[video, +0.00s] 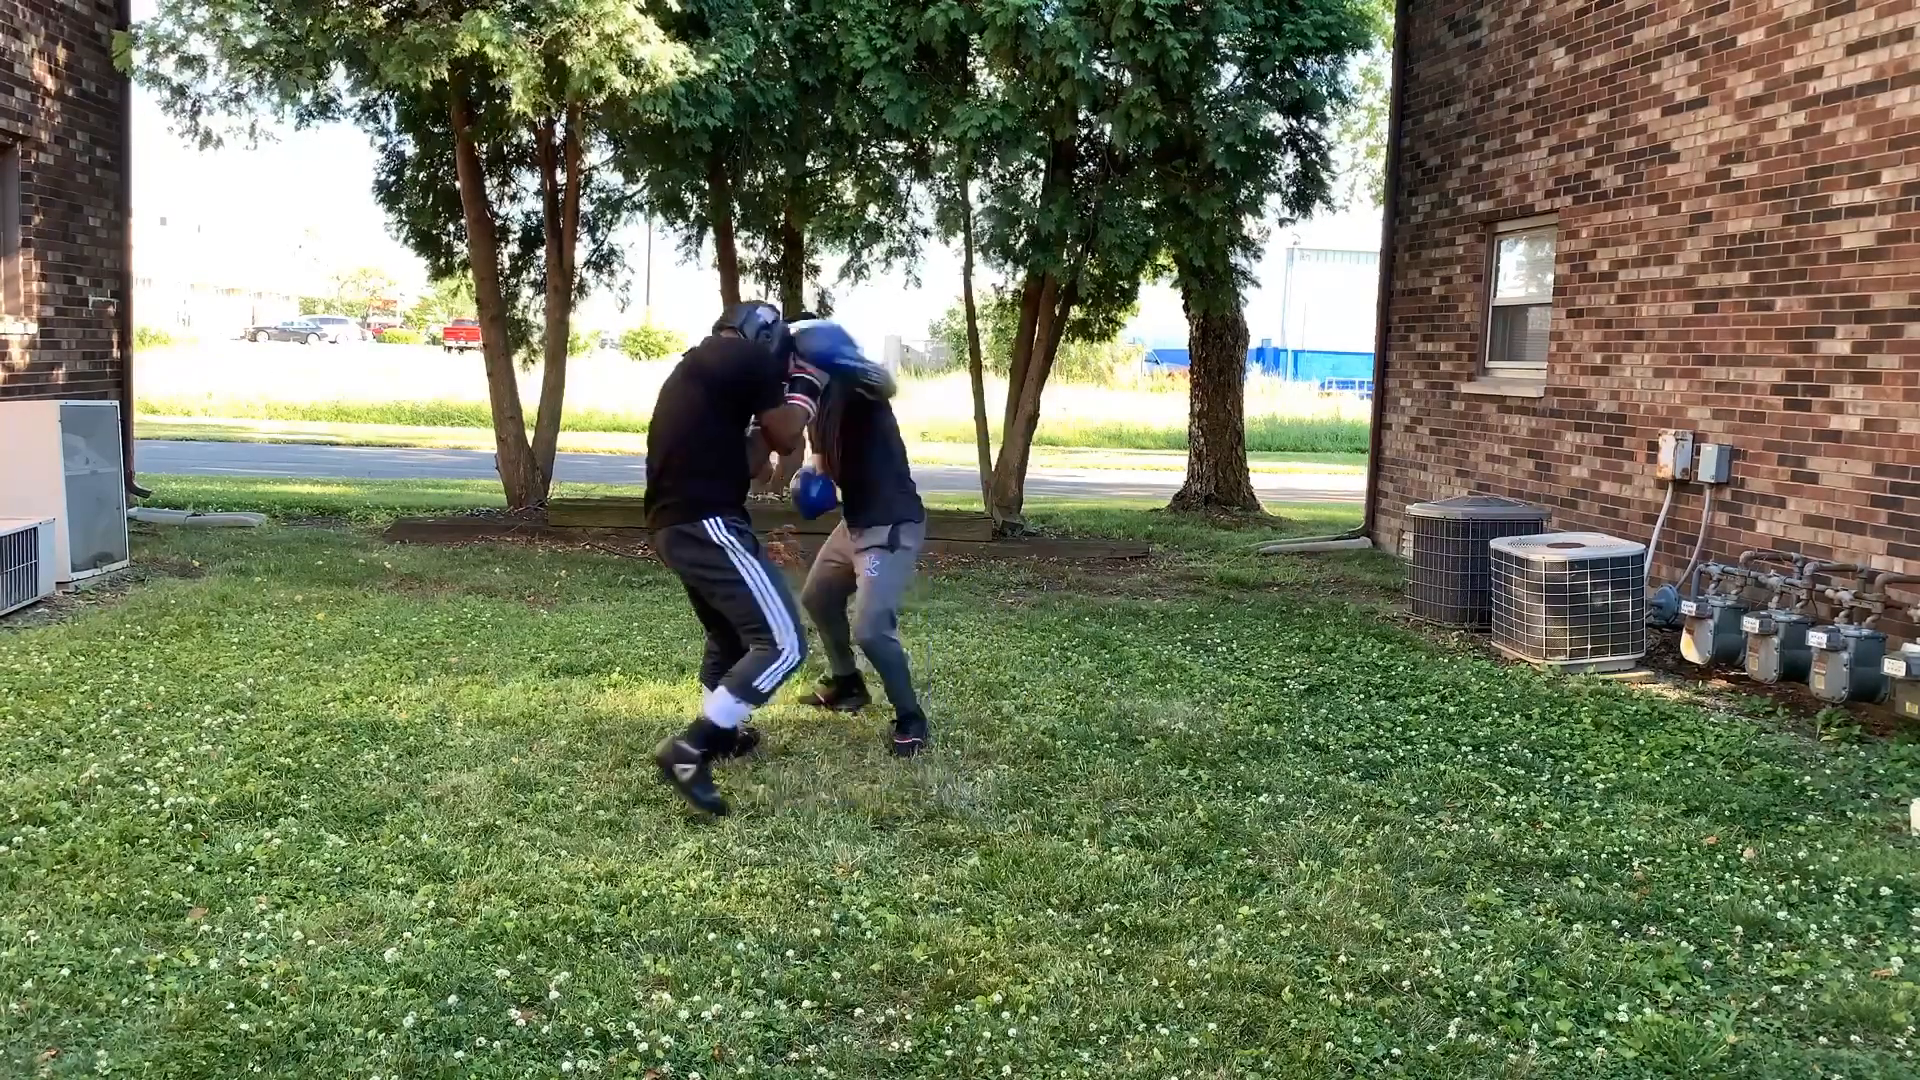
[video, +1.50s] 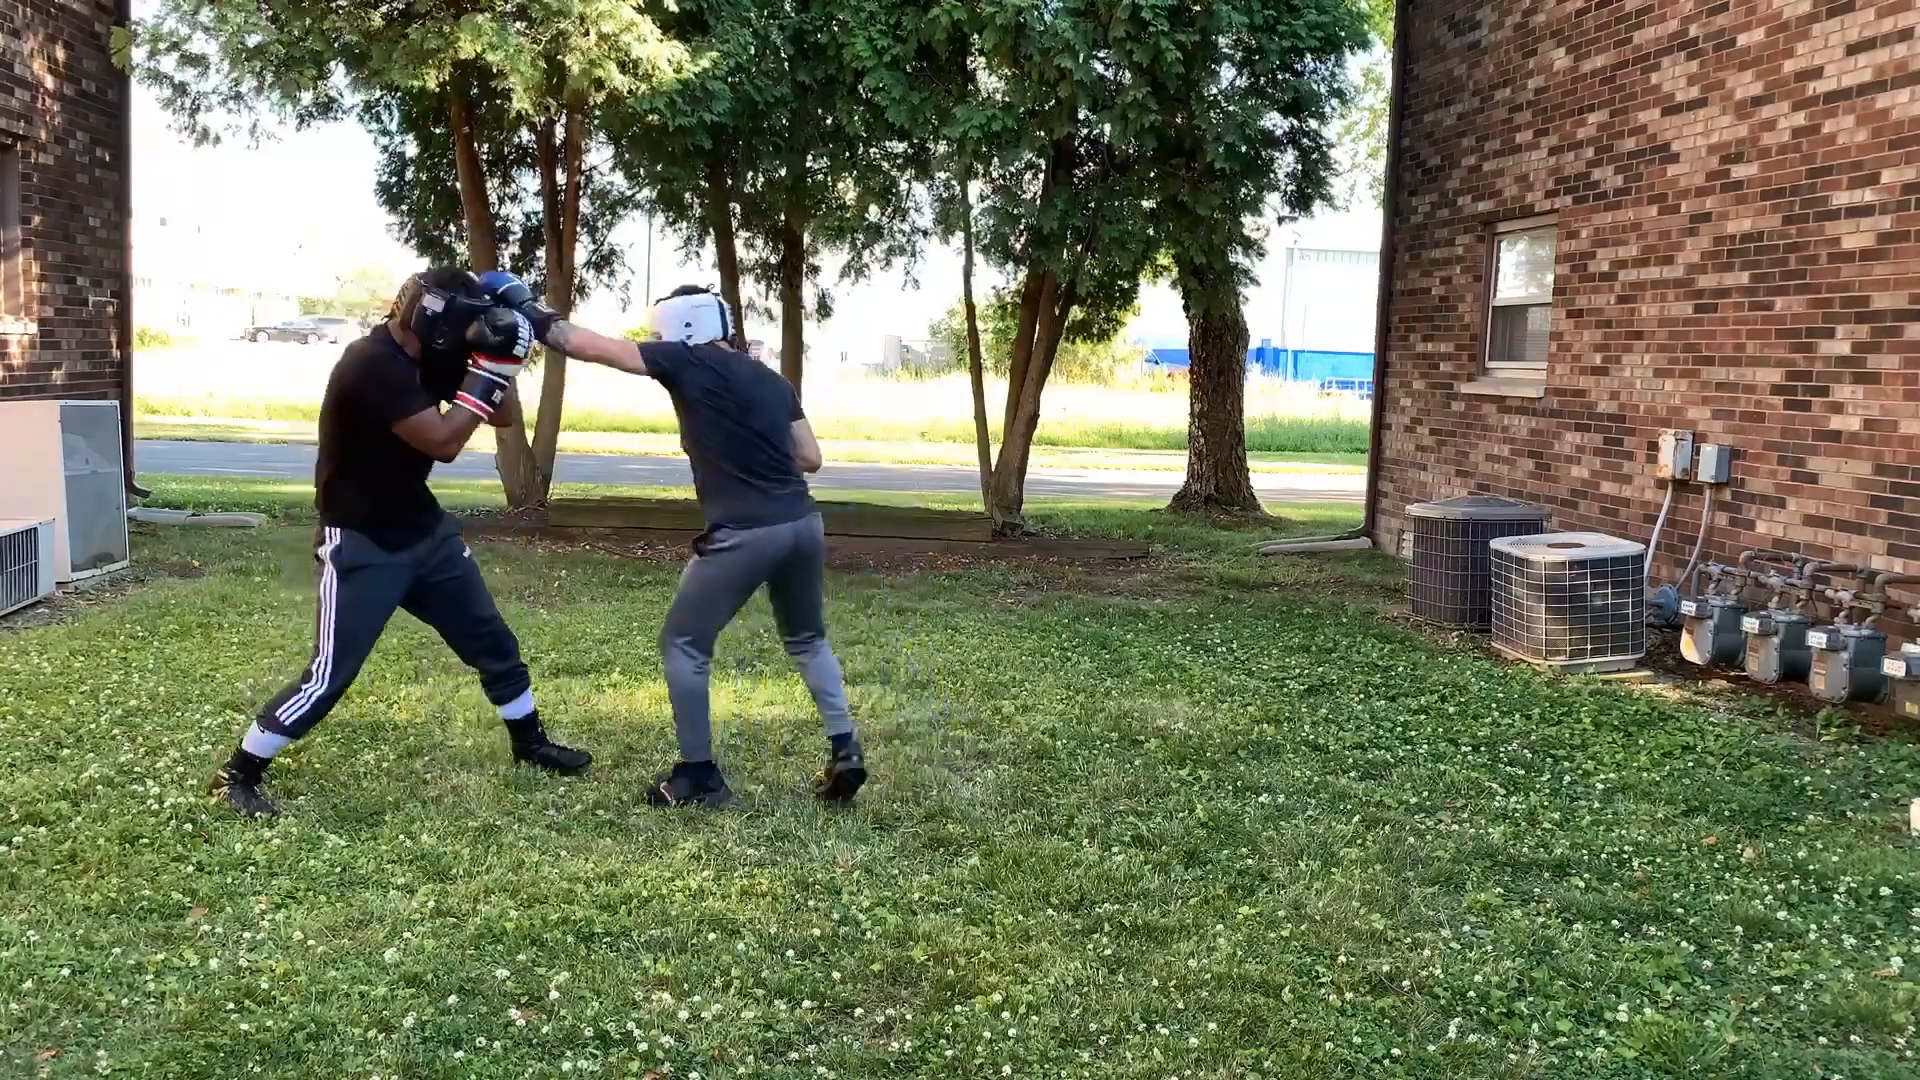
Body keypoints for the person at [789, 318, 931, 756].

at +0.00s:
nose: (797, 371)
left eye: (802, 361)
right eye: (797, 363)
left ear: (819, 355)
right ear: (807, 360)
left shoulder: (857, 387)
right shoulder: (817, 407)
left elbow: (884, 383)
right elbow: (820, 465)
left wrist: (842, 359)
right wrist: (811, 490)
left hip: (894, 524)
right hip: (854, 522)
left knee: (871, 630)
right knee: (818, 598)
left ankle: (910, 720)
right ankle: (848, 685)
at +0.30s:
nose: (792, 374)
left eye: (803, 366)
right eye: (790, 363)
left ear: (838, 369)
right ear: (789, 360)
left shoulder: (874, 424)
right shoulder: (792, 398)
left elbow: (888, 506)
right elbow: (730, 402)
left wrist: (831, 481)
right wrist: (704, 365)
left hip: (864, 549)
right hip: (819, 543)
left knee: (828, 642)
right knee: (823, 635)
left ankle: (838, 765)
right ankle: (887, 703)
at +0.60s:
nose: (776, 358)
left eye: (786, 350)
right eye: (778, 349)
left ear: (821, 355)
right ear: (809, 355)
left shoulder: (862, 405)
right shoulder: (803, 384)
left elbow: (866, 492)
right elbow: (756, 370)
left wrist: (803, 454)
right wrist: (726, 375)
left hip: (885, 534)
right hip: (852, 531)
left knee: (851, 642)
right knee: (868, 626)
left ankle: (842, 768)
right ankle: (926, 706)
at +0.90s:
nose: (783, 336)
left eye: (789, 325)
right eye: (782, 325)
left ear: (818, 327)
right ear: (835, 326)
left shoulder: (839, 382)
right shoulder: (862, 374)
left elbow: (865, 460)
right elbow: (864, 456)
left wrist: (827, 503)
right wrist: (809, 456)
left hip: (875, 536)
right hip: (910, 526)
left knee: (813, 642)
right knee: (914, 650)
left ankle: (838, 768)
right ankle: (946, 758)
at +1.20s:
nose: (756, 351)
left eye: (761, 341)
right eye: (757, 342)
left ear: (787, 343)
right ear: (808, 344)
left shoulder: (806, 388)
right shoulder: (833, 387)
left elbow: (804, 477)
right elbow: (770, 473)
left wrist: (756, 493)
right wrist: (754, 422)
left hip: (836, 553)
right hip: (872, 546)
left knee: (749, 650)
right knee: (889, 656)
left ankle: (714, 777)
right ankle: (945, 754)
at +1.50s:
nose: (661, 341)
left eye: (665, 334)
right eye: (662, 335)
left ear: (685, 332)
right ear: (723, 331)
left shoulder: (684, 358)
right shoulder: (771, 380)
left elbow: (588, 346)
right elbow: (810, 458)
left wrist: (528, 311)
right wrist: (755, 440)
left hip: (741, 536)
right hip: (804, 527)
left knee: (685, 642)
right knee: (809, 639)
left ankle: (698, 771)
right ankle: (846, 748)